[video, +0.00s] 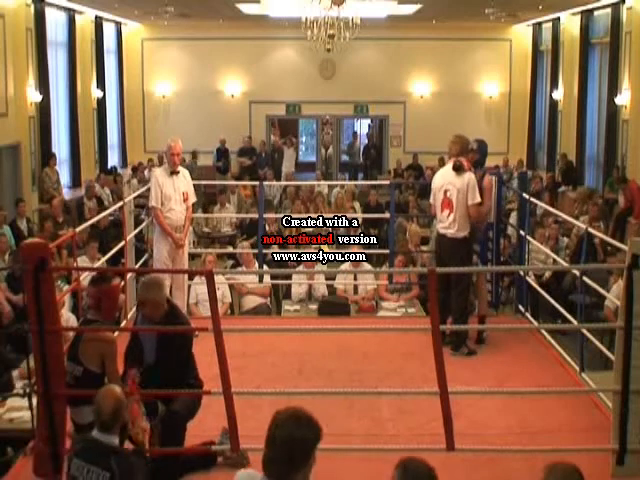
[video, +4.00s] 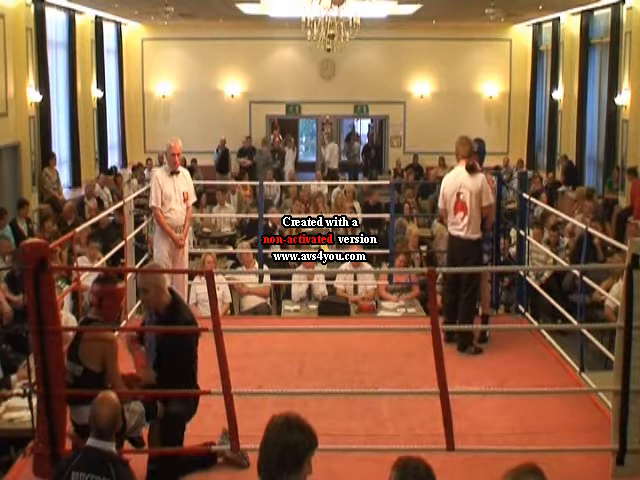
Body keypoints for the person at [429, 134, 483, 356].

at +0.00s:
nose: (472, 158)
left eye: (470, 154)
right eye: (471, 154)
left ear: (449, 153)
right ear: (467, 154)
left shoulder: (438, 175)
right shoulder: (468, 177)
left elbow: (434, 208)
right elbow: (475, 213)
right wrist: (487, 199)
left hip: (441, 236)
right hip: (460, 238)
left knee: (443, 284)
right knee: (461, 288)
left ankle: (441, 328)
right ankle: (459, 338)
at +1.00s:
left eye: (458, 151)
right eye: (471, 154)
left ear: (454, 153)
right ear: (472, 155)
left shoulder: (441, 176)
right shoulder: (474, 179)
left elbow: (434, 208)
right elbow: (480, 212)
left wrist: (446, 220)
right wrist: (477, 229)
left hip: (443, 238)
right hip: (463, 240)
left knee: (444, 286)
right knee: (462, 289)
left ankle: (443, 328)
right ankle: (459, 339)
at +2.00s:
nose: (472, 160)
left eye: (470, 157)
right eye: (471, 157)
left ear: (453, 156)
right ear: (469, 157)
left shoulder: (442, 177)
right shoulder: (471, 178)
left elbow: (435, 208)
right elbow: (480, 209)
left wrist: (445, 221)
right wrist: (489, 201)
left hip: (445, 238)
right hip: (464, 239)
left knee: (446, 286)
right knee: (463, 289)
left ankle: (444, 329)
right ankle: (459, 339)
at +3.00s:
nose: (465, 155)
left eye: (459, 151)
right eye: (465, 152)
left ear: (447, 153)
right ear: (464, 153)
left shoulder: (438, 178)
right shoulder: (470, 176)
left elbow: (434, 210)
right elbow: (478, 207)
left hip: (444, 237)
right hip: (464, 237)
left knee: (446, 285)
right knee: (463, 287)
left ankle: (444, 329)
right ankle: (460, 338)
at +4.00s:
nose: (471, 157)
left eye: (462, 152)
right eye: (473, 153)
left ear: (456, 154)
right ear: (474, 154)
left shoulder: (448, 178)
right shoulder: (480, 178)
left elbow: (442, 211)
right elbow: (488, 208)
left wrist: (453, 224)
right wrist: (485, 225)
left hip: (454, 237)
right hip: (473, 238)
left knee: (451, 284)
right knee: (470, 287)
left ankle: (449, 327)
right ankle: (466, 337)